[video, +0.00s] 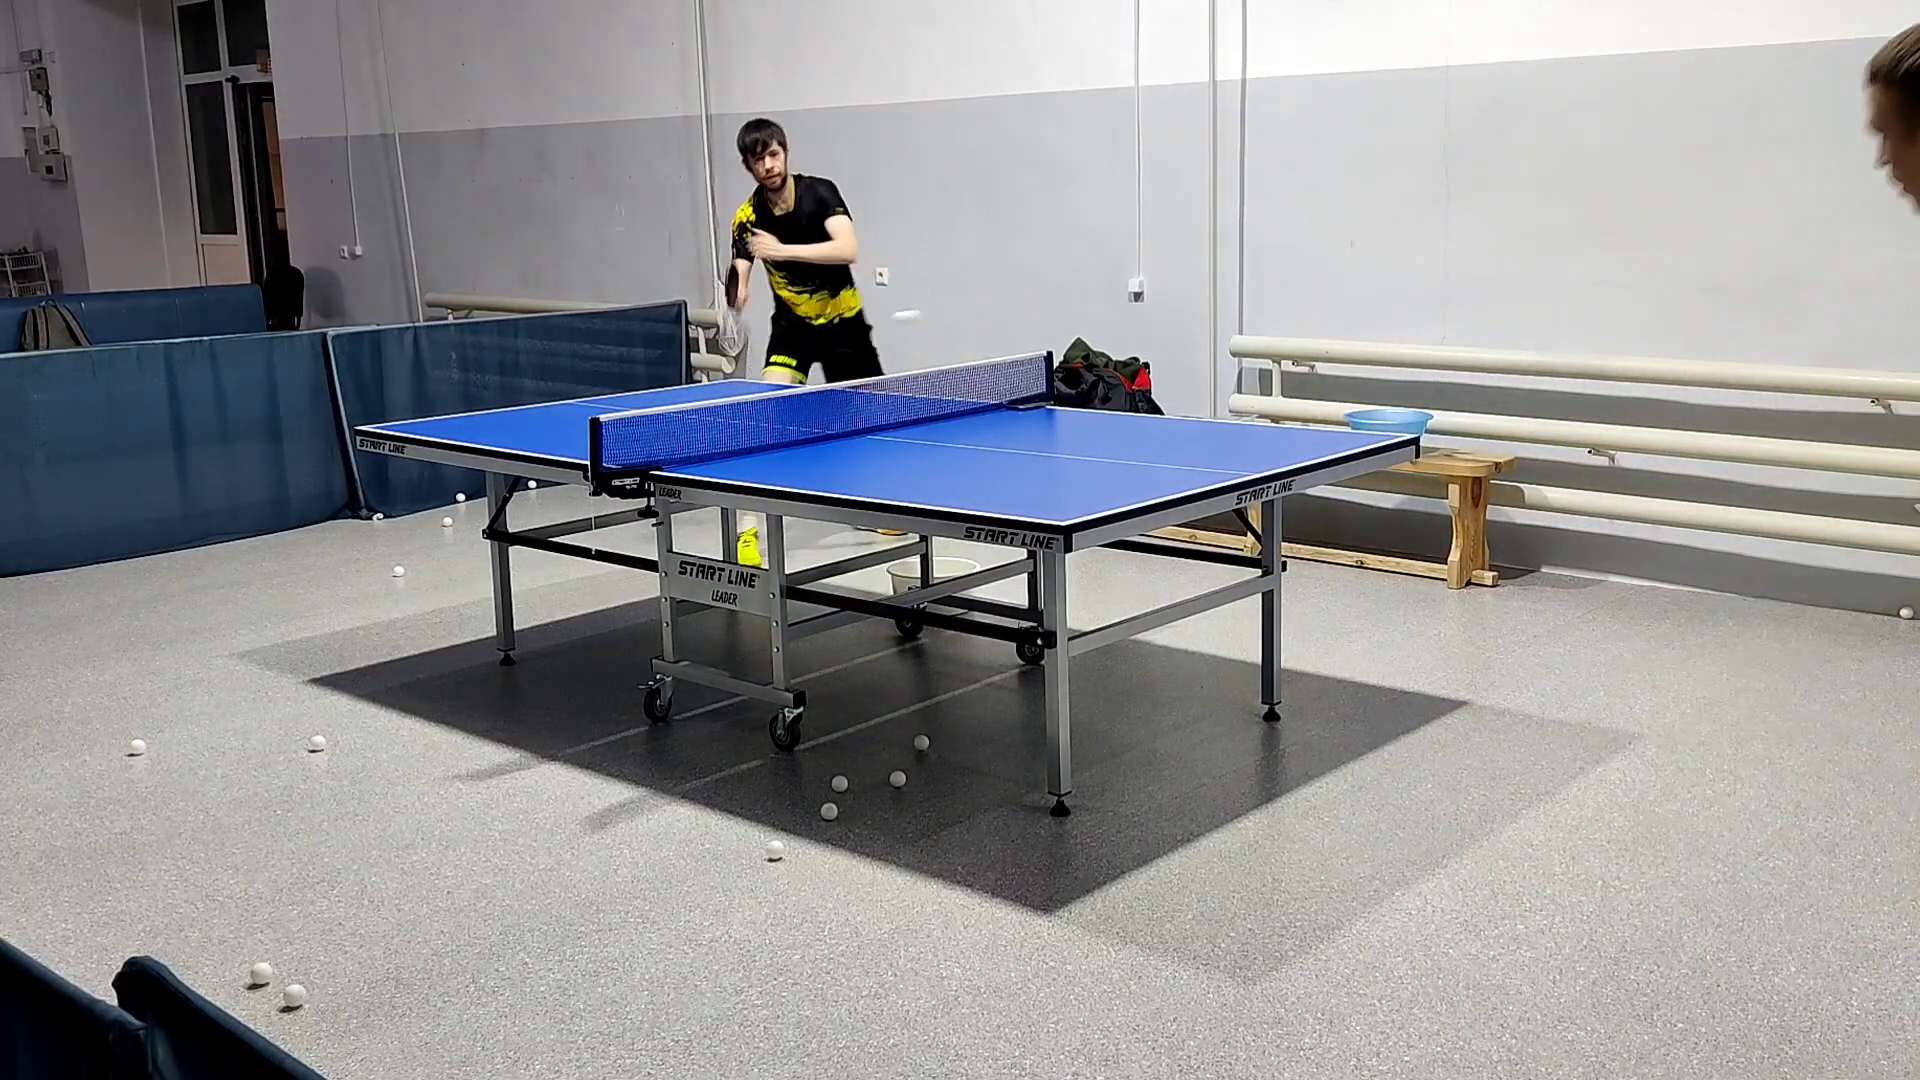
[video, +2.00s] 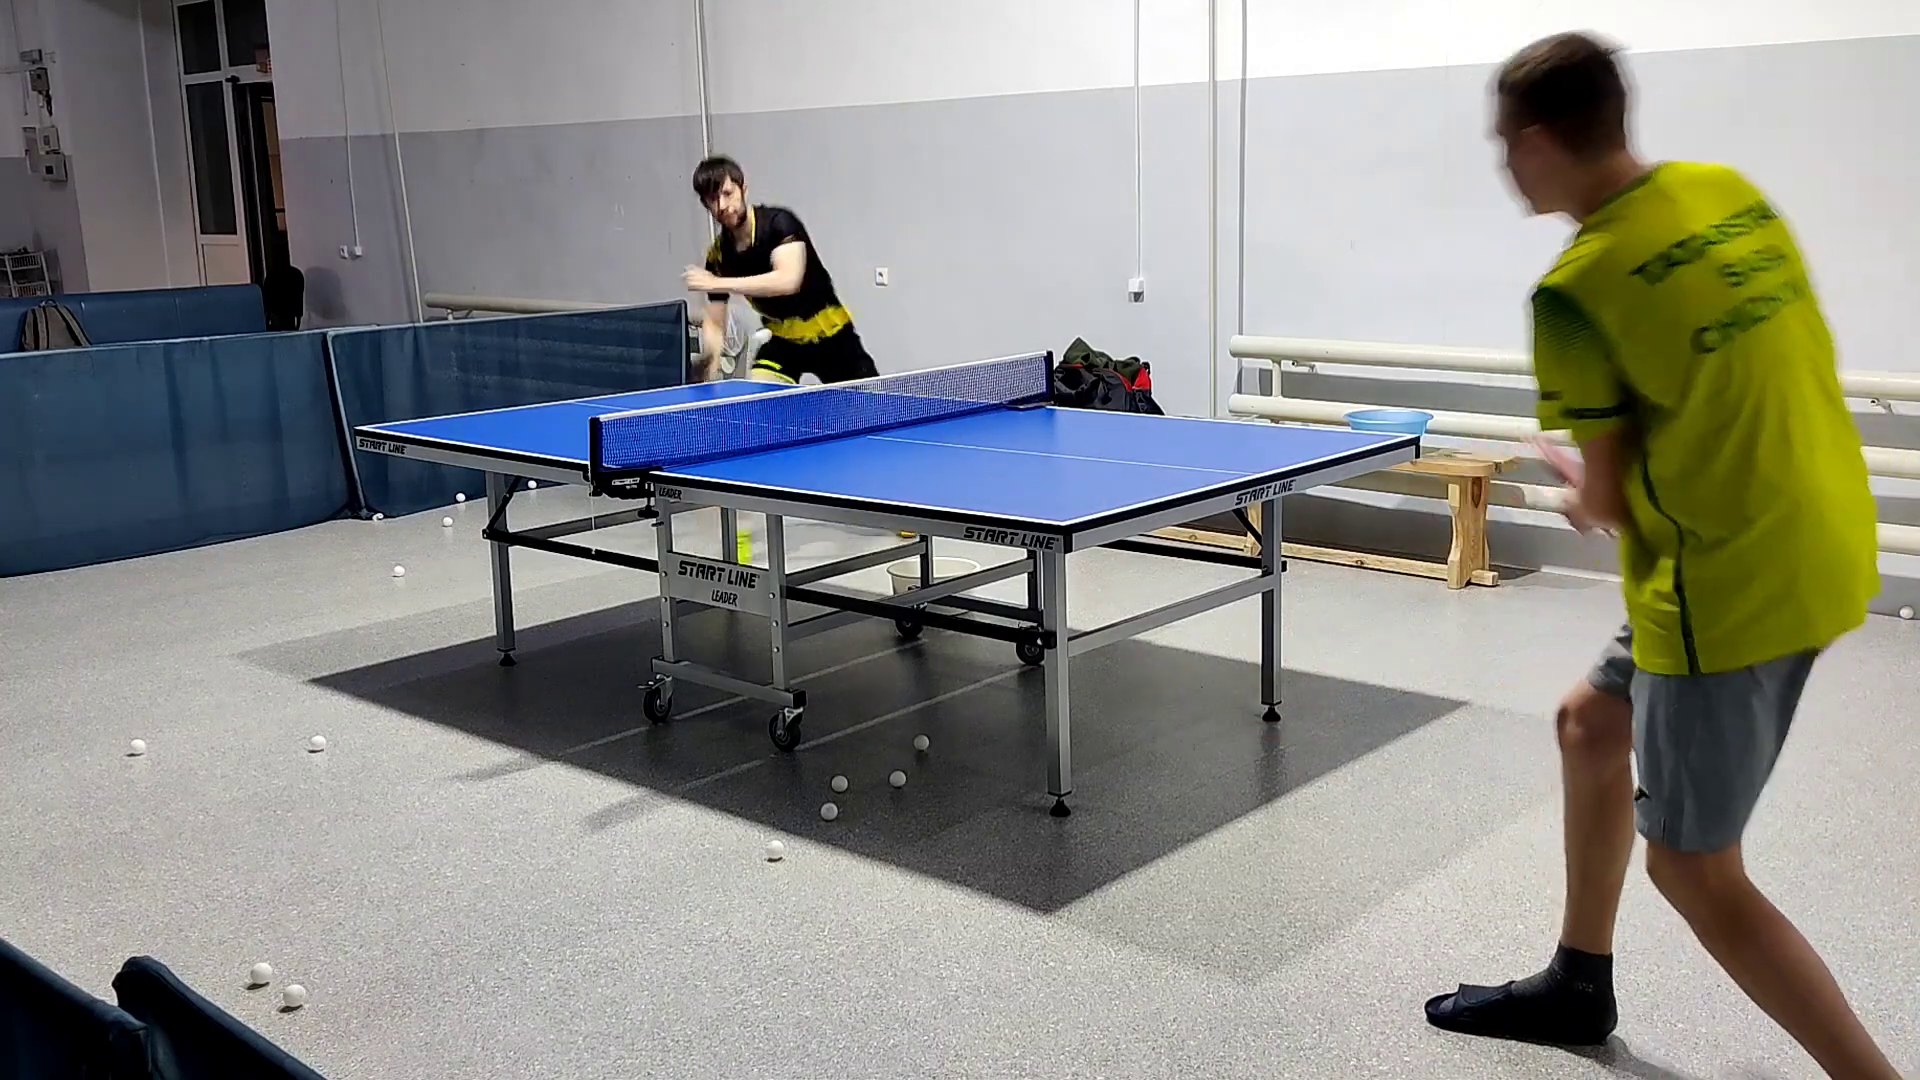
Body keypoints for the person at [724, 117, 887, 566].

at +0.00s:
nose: (769, 165)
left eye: (774, 154)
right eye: (758, 159)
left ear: (786, 152)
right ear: (748, 167)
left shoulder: (819, 192)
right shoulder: (748, 219)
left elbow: (848, 250)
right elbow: (739, 294)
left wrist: (782, 251)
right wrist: (736, 281)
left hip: (844, 325)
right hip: (792, 328)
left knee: (871, 419)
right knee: (766, 414)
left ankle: (888, 505)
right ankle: (748, 528)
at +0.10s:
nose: (759, 187)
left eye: (764, 176)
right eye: (749, 181)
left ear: (778, 172)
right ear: (741, 186)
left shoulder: (810, 205)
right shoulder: (749, 233)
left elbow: (819, 254)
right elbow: (744, 296)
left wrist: (748, 253)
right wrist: (740, 333)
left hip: (856, 325)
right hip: (805, 331)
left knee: (893, 415)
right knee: (778, 419)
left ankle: (908, 508)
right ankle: (774, 528)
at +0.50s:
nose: (771, 203)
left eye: (777, 192)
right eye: (763, 197)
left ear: (795, 186)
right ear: (758, 201)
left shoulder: (834, 217)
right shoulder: (772, 241)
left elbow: (864, 288)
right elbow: (758, 304)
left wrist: (802, 269)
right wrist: (744, 289)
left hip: (884, 335)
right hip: (834, 338)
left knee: (910, 426)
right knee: (797, 418)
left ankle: (929, 519)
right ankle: (773, 525)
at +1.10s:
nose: (746, 181)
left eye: (749, 169)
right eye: (735, 176)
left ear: (763, 169)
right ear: (726, 186)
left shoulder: (802, 213)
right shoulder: (729, 236)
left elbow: (850, 267)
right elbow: (723, 305)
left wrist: (844, 325)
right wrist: (754, 310)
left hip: (822, 339)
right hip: (771, 344)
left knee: (868, 420)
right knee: (740, 422)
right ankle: (718, 528)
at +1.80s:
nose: (737, 175)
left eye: (742, 163)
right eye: (727, 169)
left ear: (754, 162)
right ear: (715, 176)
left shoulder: (789, 208)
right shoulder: (710, 227)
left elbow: (852, 252)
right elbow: (696, 300)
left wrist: (828, 291)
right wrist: (721, 299)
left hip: (795, 344)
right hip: (744, 347)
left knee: (853, 419)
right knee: (735, 438)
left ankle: (864, 509)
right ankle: (696, 538)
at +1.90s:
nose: (730, 185)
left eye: (735, 173)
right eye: (720, 179)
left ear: (749, 170)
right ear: (711, 186)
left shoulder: (790, 210)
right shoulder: (714, 236)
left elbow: (829, 267)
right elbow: (703, 304)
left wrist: (773, 283)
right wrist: (708, 319)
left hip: (813, 343)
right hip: (759, 349)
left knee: (865, 417)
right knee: (729, 434)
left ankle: (886, 506)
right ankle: (705, 537)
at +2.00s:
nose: (723, 206)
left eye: (728, 194)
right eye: (713, 199)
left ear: (743, 189)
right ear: (706, 204)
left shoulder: (780, 223)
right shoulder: (719, 256)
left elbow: (788, 281)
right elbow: (714, 322)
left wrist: (717, 284)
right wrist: (712, 360)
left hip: (832, 338)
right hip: (784, 344)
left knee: (877, 410)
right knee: (754, 410)